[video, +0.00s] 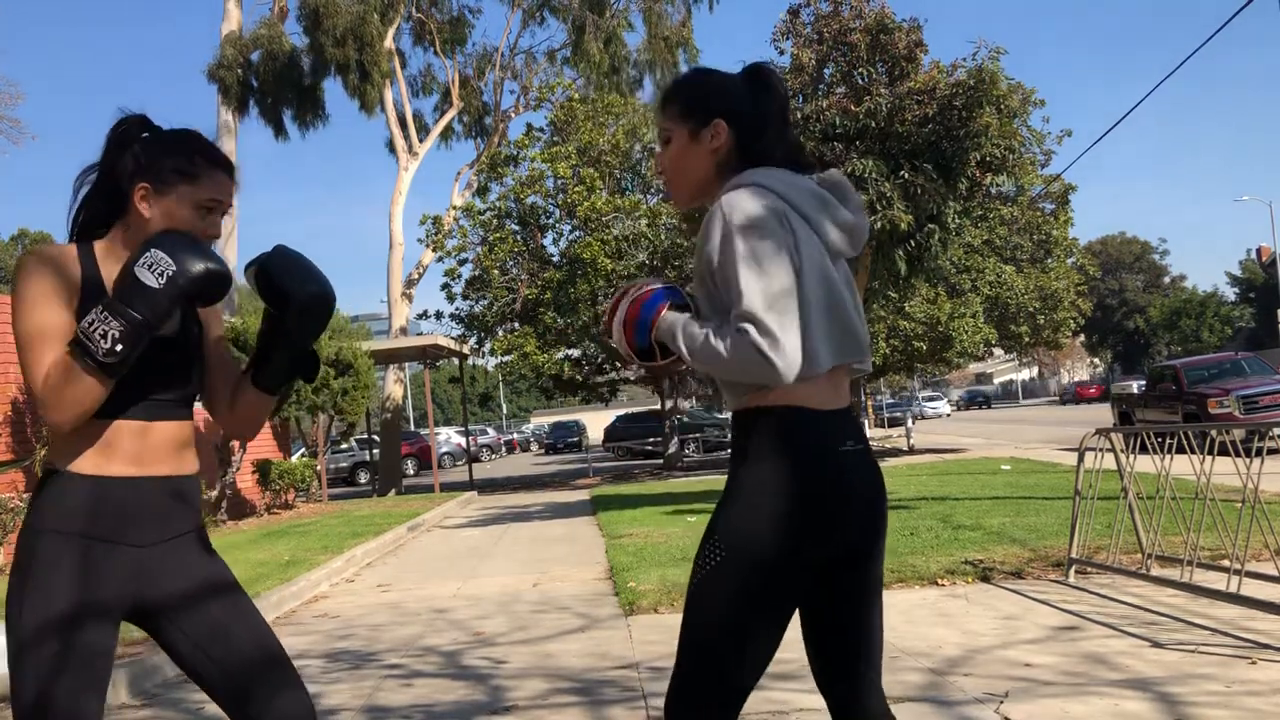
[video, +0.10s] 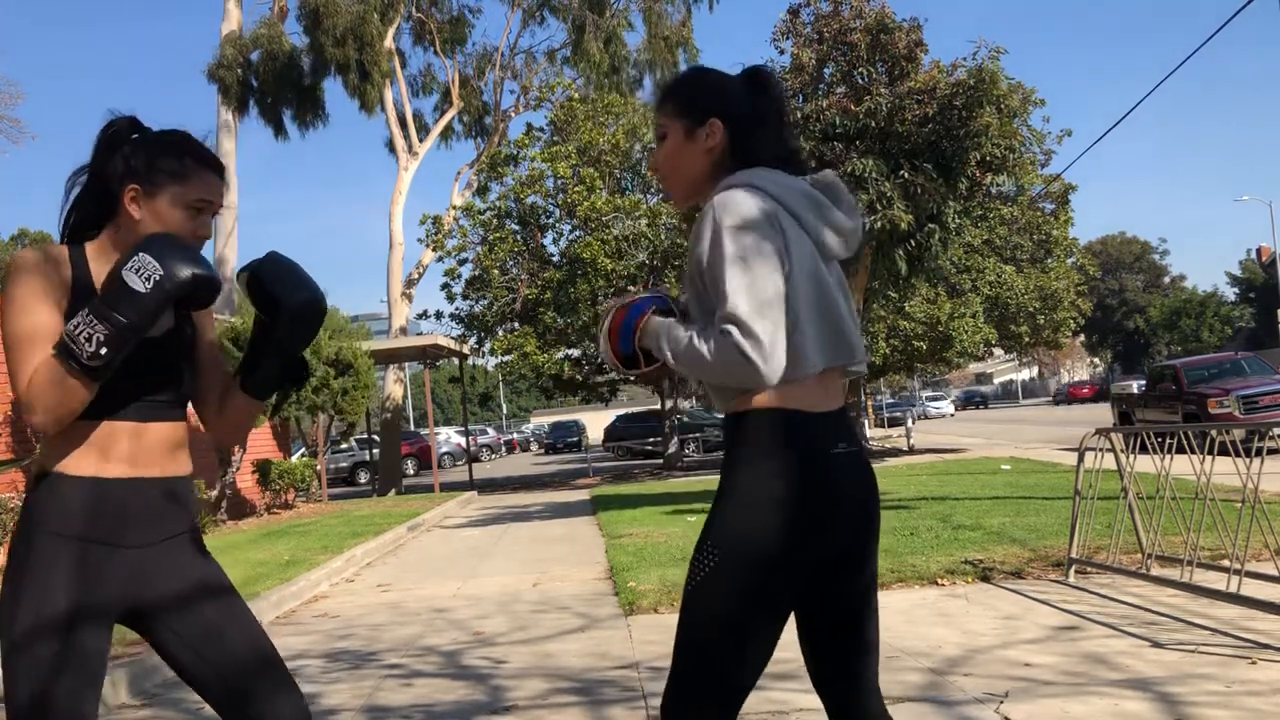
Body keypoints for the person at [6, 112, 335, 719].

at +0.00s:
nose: (218, 231)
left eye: (224, 216)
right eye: (206, 211)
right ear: (145, 199)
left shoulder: (198, 295)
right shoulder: (51, 269)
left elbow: (237, 419)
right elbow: (59, 408)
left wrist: (287, 339)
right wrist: (131, 310)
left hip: (178, 539)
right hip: (73, 540)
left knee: (286, 707)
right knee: (55, 709)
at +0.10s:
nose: (208, 231)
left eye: (213, 216)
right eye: (197, 211)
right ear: (135, 201)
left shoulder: (187, 300)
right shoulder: (41, 270)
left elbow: (226, 425)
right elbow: (43, 413)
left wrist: (277, 345)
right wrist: (116, 316)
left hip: (172, 540)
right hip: (66, 540)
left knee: (280, 708)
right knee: (49, 710)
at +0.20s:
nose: (198, 228)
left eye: (202, 212)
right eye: (185, 208)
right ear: (123, 202)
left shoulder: (182, 304)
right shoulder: (33, 272)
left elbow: (206, 438)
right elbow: (26, 423)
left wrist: (266, 354)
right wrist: (102, 322)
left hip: (168, 543)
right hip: (60, 544)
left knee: (274, 709)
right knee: (41, 709)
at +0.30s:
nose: (198, 218)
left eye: (200, 201)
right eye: (183, 197)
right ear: (121, 195)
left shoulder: (186, 299)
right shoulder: (36, 271)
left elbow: (207, 435)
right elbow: (21, 418)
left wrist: (258, 360)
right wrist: (94, 323)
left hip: (167, 538)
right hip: (61, 539)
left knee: (274, 708)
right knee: (41, 710)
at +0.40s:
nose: (205, 213)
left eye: (208, 196)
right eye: (189, 192)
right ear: (128, 193)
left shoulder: (200, 293)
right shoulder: (43, 267)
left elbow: (215, 433)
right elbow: (20, 416)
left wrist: (263, 359)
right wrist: (98, 321)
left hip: (174, 537)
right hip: (66, 538)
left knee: (277, 708)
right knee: (45, 710)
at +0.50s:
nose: (218, 212)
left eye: (220, 195)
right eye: (204, 192)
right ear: (142, 192)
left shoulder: (210, 289)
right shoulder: (56, 265)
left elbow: (222, 429)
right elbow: (27, 411)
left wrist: (275, 360)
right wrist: (109, 321)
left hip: (183, 535)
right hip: (74, 536)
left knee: (284, 708)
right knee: (57, 710)